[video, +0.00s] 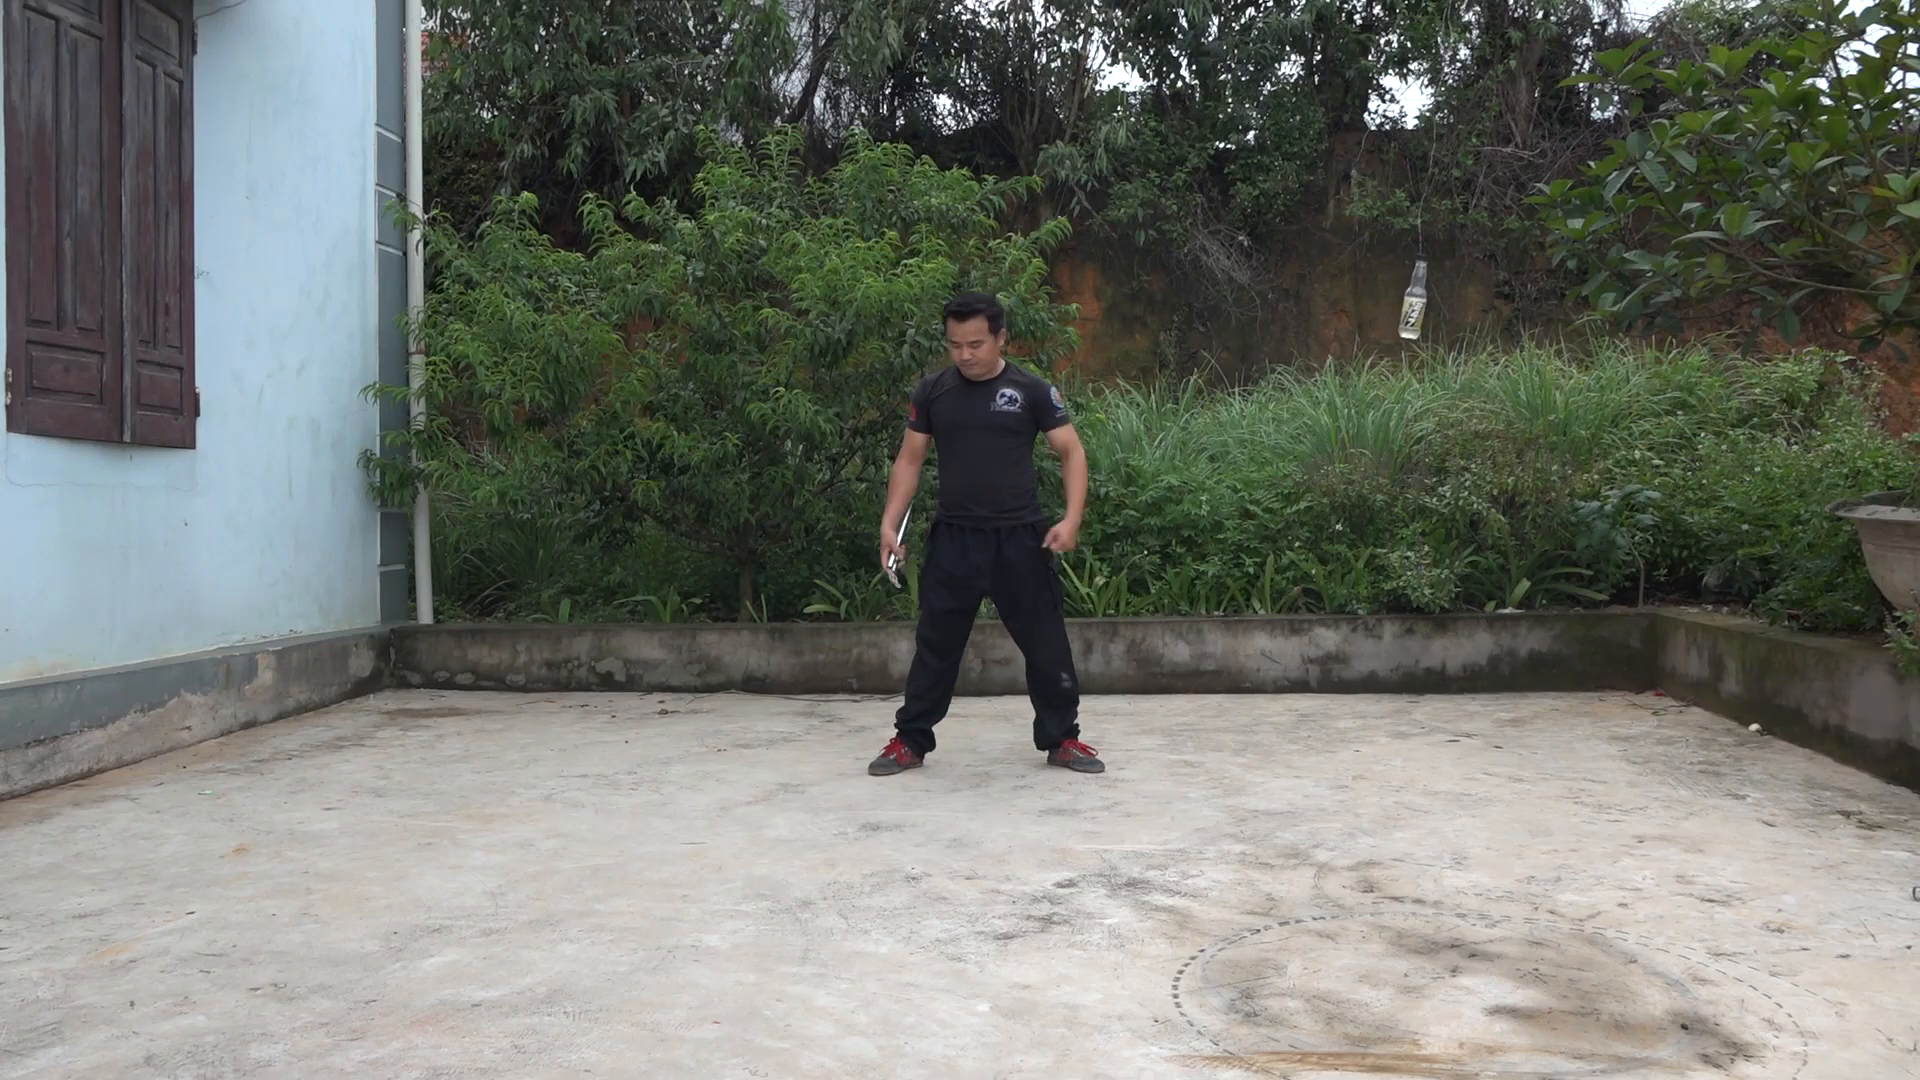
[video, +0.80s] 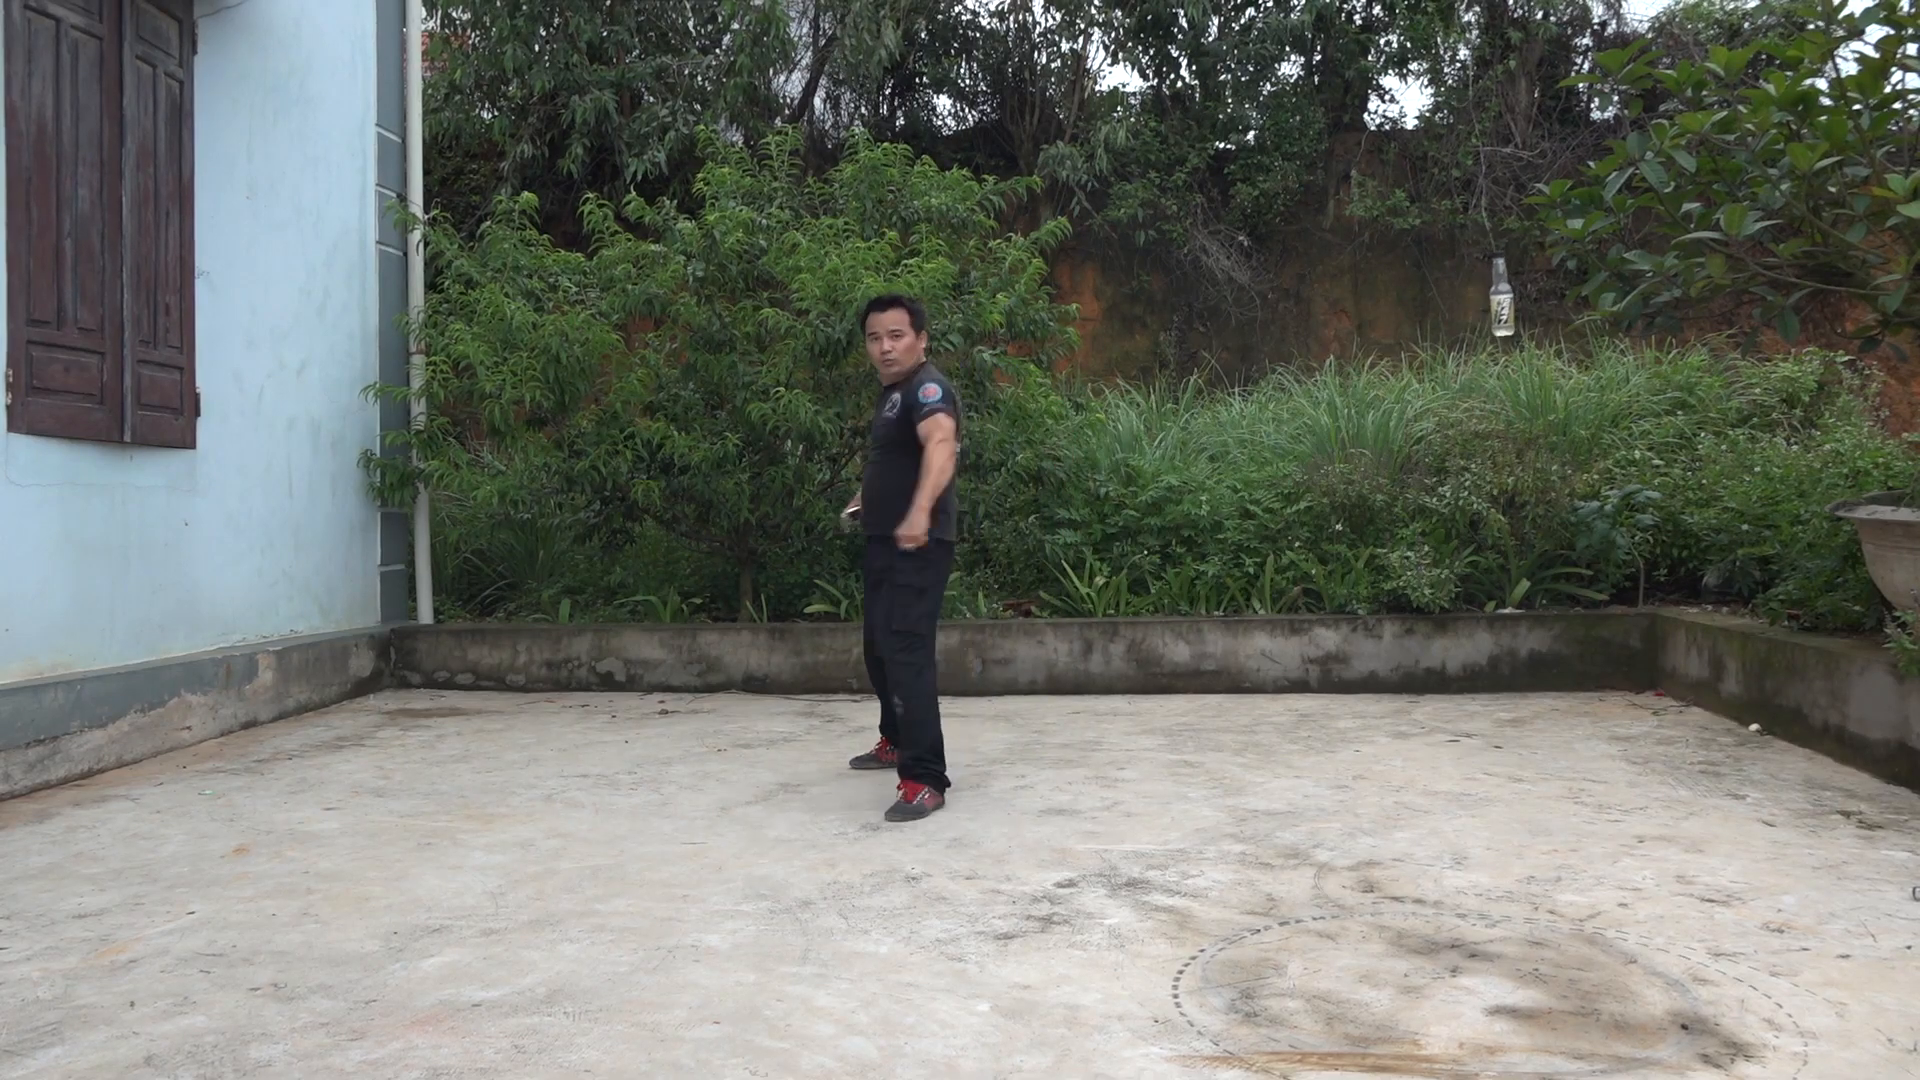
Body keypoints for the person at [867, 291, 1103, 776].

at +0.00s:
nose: (965, 355)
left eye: (976, 343)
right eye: (956, 344)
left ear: (1001, 339)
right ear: (947, 342)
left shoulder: (1032, 390)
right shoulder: (932, 391)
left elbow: (1072, 453)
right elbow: (909, 460)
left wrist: (1072, 518)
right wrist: (889, 525)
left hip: (1020, 538)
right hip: (953, 538)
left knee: (1046, 641)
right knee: (935, 642)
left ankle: (1062, 740)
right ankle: (910, 741)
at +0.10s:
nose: (937, 358)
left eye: (945, 348)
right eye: (934, 348)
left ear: (980, 343)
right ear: (934, 346)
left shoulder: (1022, 387)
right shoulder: (928, 391)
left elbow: (1062, 450)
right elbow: (905, 462)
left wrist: (1026, 512)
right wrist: (887, 529)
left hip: (1012, 537)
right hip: (948, 538)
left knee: (1043, 638)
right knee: (928, 639)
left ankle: (1061, 739)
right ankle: (911, 740)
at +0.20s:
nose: (913, 361)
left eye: (918, 352)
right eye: (911, 352)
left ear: (949, 348)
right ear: (941, 350)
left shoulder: (1004, 386)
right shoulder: (918, 393)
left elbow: (1005, 452)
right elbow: (899, 462)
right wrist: (894, 533)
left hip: (998, 541)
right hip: (935, 541)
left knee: (1030, 639)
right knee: (915, 641)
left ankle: (1059, 739)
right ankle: (906, 741)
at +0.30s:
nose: (893, 361)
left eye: (896, 352)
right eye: (891, 353)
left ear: (925, 347)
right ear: (920, 348)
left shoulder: (978, 380)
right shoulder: (906, 392)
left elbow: (921, 431)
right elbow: (885, 455)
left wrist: (881, 416)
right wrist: (916, 495)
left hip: (970, 536)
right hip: (916, 535)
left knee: (999, 638)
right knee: (906, 641)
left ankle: (1047, 734)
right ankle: (905, 740)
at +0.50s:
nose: (876, 352)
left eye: (882, 340)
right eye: (871, 344)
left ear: (915, 334)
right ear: (875, 346)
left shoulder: (948, 373)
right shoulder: (891, 387)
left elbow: (877, 417)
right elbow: (859, 447)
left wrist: (855, 401)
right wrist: (897, 443)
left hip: (948, 529)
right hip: (902, 530)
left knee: (950, 641)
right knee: (904, 641)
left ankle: (968, 754)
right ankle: (906, 742)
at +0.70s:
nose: (891, 345)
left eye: (900, 333)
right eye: (880, 338)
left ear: (924, 337)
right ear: (873, 349)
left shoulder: (934, 380)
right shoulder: (889, 393)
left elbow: (891, 445)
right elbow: (866, 455)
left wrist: (851, 435)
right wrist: (864, 471)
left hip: (931, 539)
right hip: (895, 538)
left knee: (928, 649)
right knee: (890, 643)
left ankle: (932, 771)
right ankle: (901, 739)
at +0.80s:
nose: (885, 346)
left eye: (896, 336)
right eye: (876, 338)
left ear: (920, 340)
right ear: (867, 347)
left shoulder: (926, 387)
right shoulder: (894, 395)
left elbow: (942, 448)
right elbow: (893, 461)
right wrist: (869, 497)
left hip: (915, 543)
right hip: (885, 542)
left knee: (907, 654)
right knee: (881, 648)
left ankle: (926, 781)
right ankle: (897, 742)